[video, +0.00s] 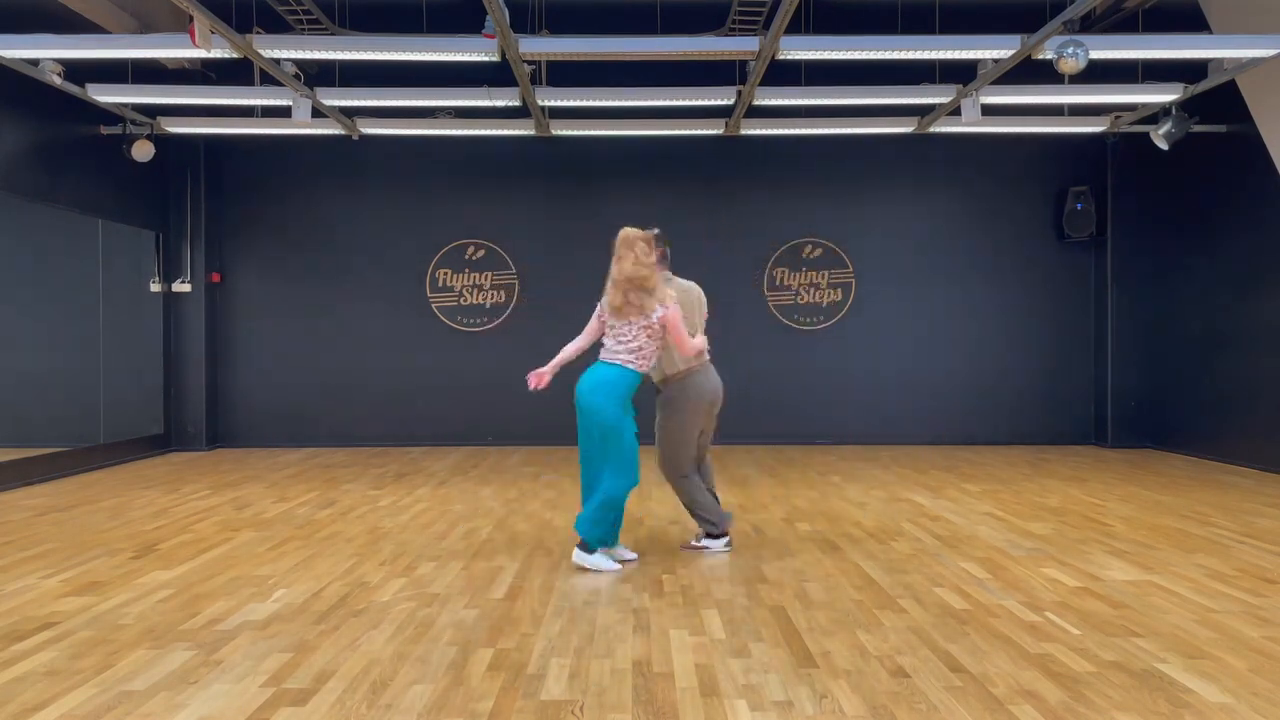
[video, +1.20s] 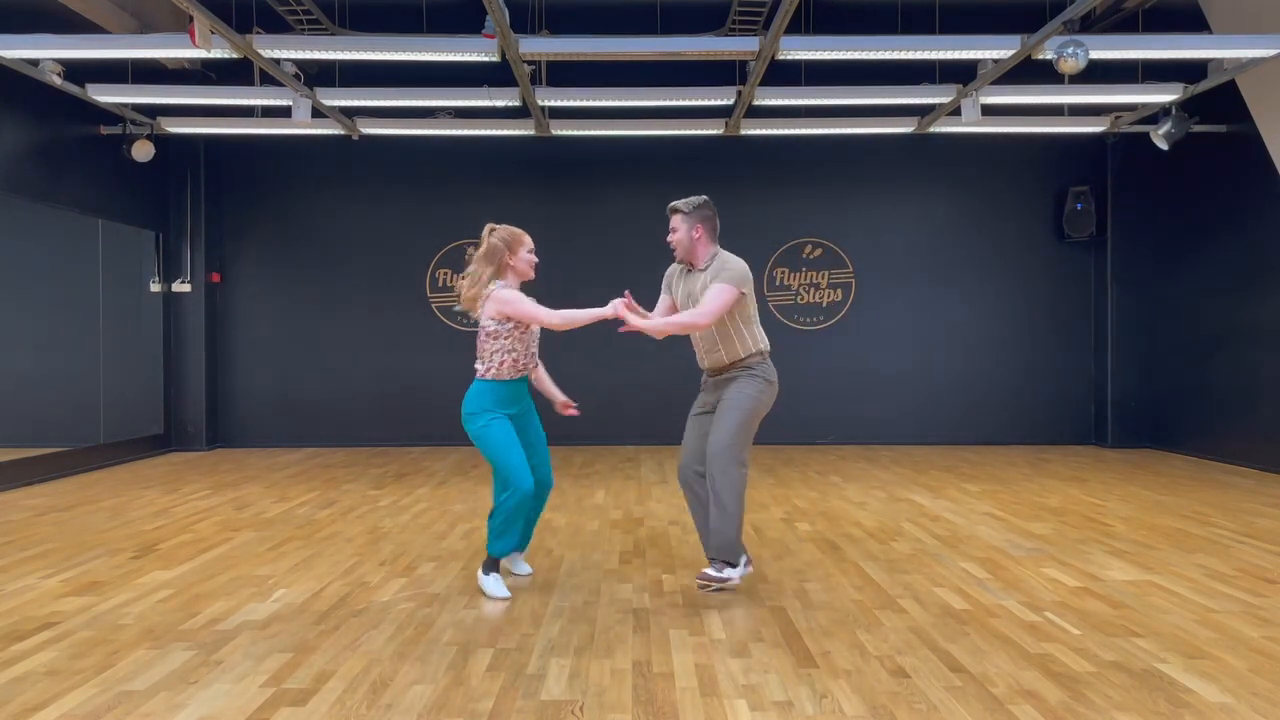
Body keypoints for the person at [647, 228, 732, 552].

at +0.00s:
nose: (639, 262)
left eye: (642, 256)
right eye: (644, 254)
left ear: (650, 257)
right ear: (665, 257)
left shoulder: (647, 297)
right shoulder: (694, 290)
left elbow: (643, 343)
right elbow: (697, 331)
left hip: (680, 386)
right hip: (707, 375)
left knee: (676, 467)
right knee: (698, 458)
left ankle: (716, 528)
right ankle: (713, 527)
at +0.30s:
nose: (671, 262)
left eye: (676, 255)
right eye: (671, 255)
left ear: (700, 256)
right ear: (697, 258)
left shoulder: (702, 290)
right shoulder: (711, 287)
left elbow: (681, 350)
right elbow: (699, 351)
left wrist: (671, 326)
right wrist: (663, 358)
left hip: (736, 392)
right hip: (724, 392)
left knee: (694, 465)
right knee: (720, 468)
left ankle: (723, 542)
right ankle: (752, 535)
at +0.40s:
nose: (676, 253)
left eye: (682, 246)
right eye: (676, 246)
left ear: (705, 249)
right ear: (702, 251)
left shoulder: (709, 282)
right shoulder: (714, 282)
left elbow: (694, 346)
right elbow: (693, 349)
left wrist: (681, 324)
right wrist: (656, 346)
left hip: (754, 377)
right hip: (747, 377)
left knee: (706, 452)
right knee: (709, 449)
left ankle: (755, 532)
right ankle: (734, 519)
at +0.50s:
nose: (687, 257)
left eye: (693, 250)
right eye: (688, 250)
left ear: (715, 255)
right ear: (714, 256)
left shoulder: (721, 288)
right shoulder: (720, 292)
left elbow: (721, 342)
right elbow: (695, 352)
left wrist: (693, 354)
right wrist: (656, 342)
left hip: (764, 384)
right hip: (756, 386)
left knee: (736, 480)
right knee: (707, 436)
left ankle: (789, 557)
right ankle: (741, 511)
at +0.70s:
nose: (691, 247)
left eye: (698, 240)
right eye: (693, 240)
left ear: (721, 246)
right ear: (714, 247)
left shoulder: (734, 276)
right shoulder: (718, 295)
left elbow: (775, 308)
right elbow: (703, 348)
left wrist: (742, 350)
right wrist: (663, 334)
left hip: (781, 374)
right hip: (769, 378)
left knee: (731, 460)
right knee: (732, 460)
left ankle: (784, 547)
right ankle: (780, 545)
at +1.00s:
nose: (681, 245)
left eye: (687, 237)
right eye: (681, 237)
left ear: (711, 238)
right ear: (705, 240)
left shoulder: (747, 268)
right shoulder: (685, 287)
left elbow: (761, 319)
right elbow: (656, 318)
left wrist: (706, 325)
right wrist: (621, 317)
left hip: (773, 374)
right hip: (736, 384)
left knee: (723, 445)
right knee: (699, 464)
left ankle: (752, 540)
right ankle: (733, 549)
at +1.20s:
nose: (669, 238)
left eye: (675, 231)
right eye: (669, 231)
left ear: (700, 231)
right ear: (694, 233)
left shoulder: (732, 269)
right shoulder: (675, 274)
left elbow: (703, 318)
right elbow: (658, 325)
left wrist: (651, 325)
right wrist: (633, 312)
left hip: (750, 375)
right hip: (713, 381)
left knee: (723, 454)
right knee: (691, 467)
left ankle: (727, 562)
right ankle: (731, 556)